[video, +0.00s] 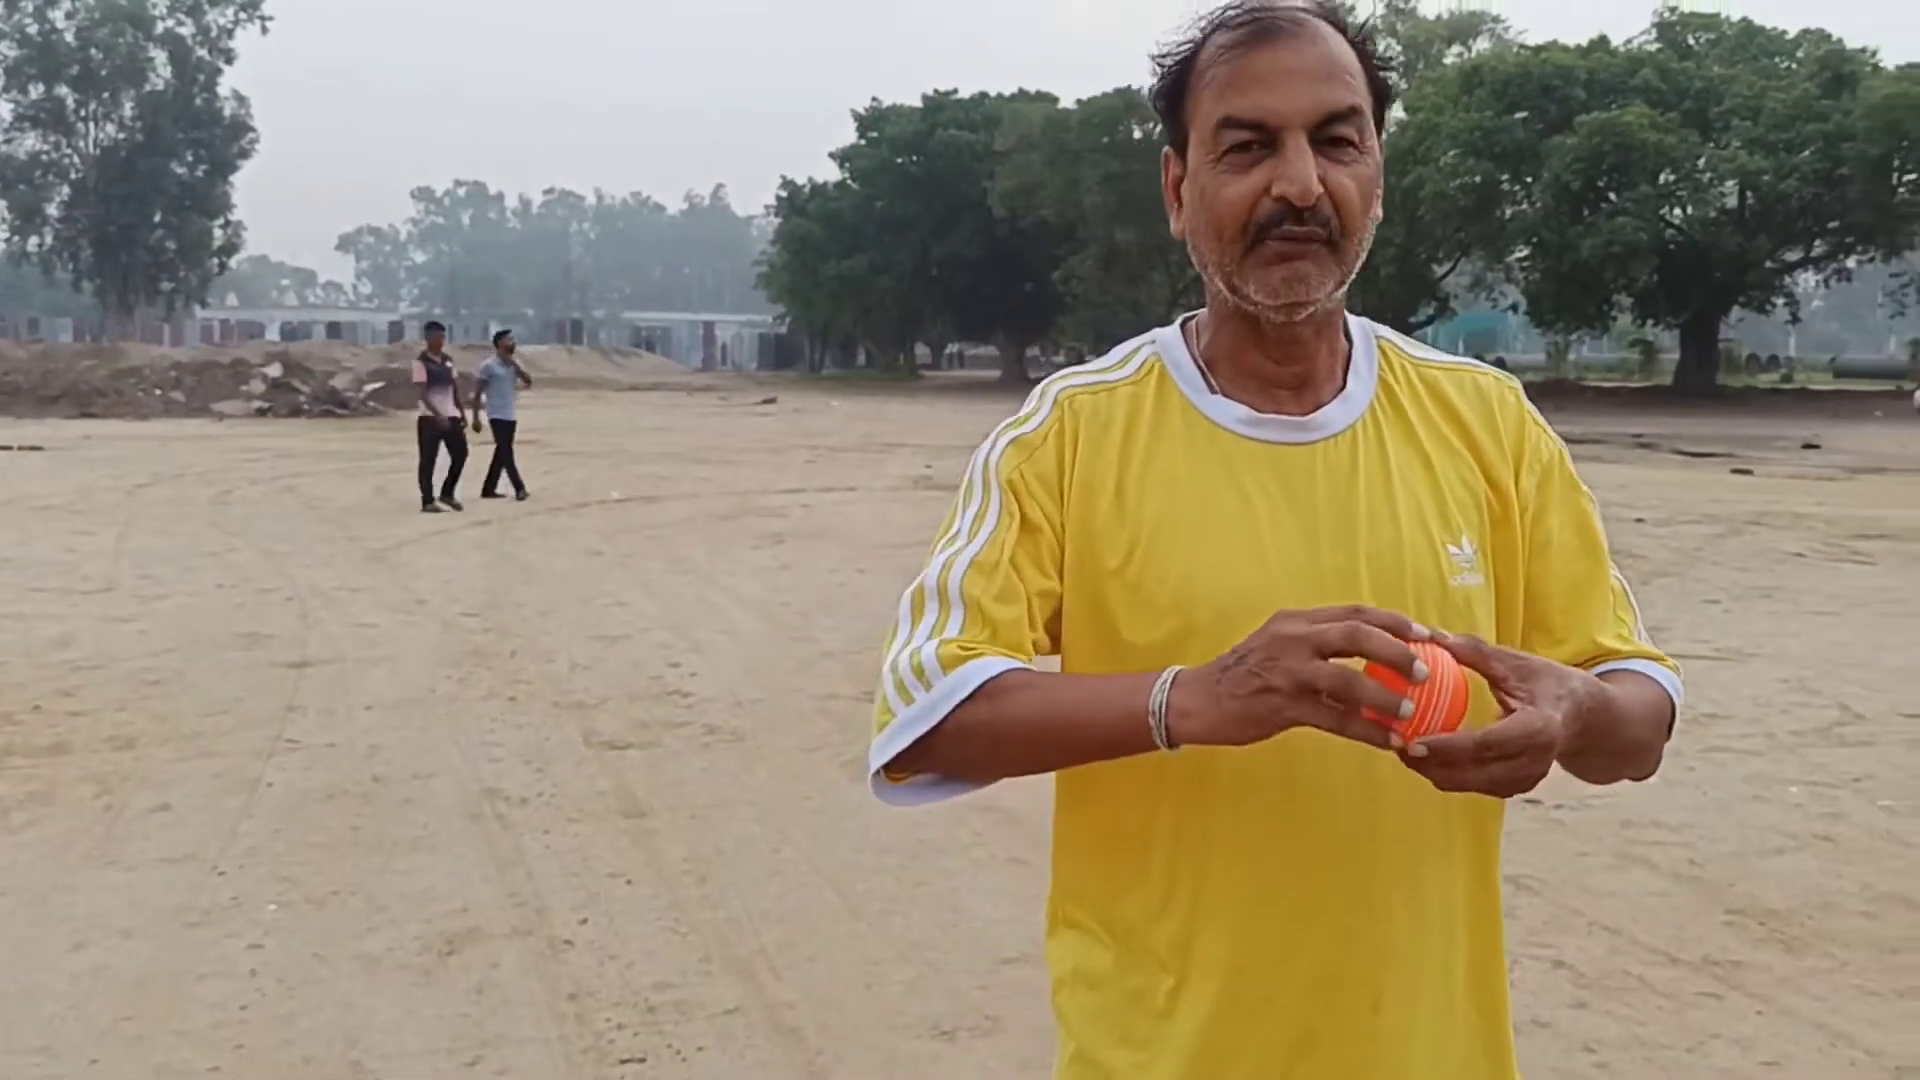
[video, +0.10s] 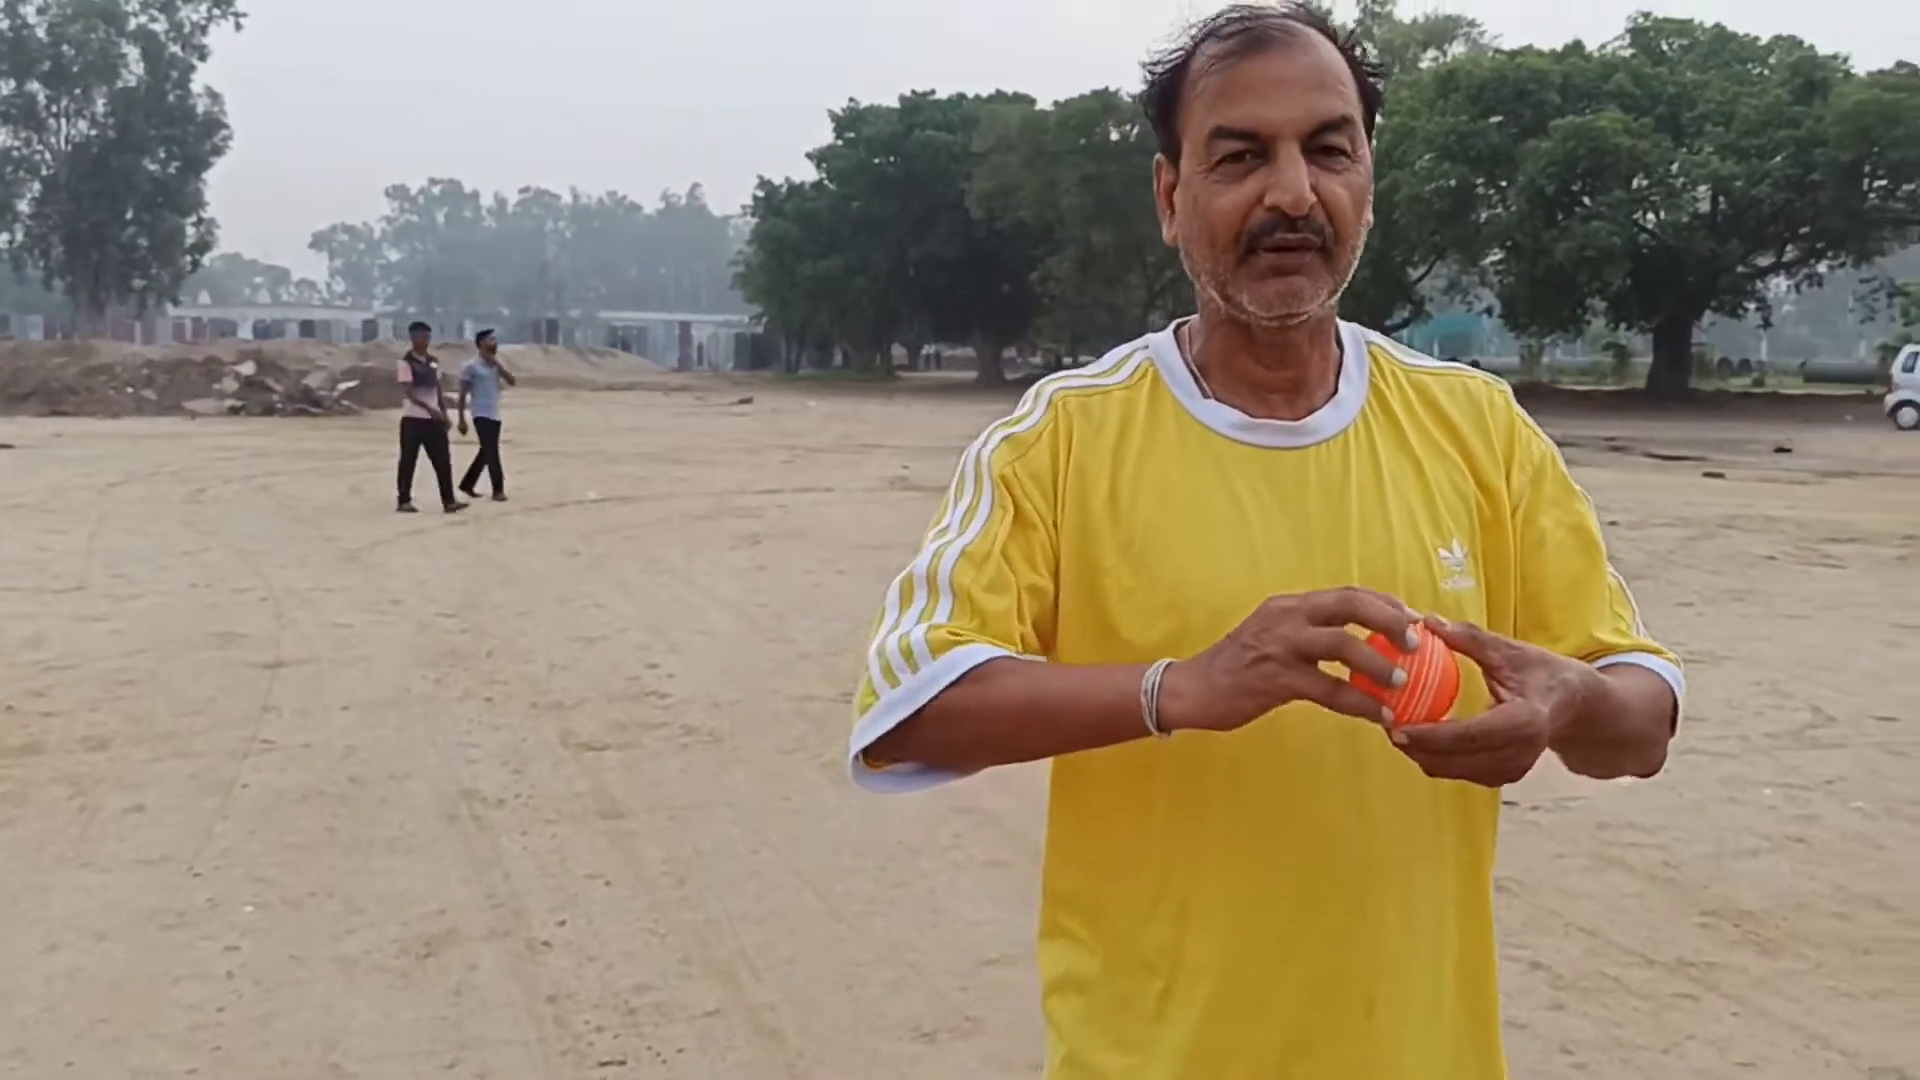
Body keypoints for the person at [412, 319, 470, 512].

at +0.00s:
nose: (440, 341)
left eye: (442, 336)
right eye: (436, 337)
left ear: (444, 338)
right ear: (427, 338)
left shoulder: (448, 361)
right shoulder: (420, 363)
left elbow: (454, 389)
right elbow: (422, 394)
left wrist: (462, 412)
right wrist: (437, 414)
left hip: (450, 416)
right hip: (430, 416)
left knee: (460, 453)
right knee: (428, 460)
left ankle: (447, 493)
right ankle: (428, 499)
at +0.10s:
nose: (425, 342)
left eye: (427, 337)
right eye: (421, 338)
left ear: (430, 339)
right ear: (412, 339)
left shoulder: (433, 362)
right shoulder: (405, 363)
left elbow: (439, 391)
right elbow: (408, 392)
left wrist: (444, 413)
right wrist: (431, 410)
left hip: (434, 418)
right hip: (413, 418)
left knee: (443, 463)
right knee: (408, 462)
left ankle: (449, 500)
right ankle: (404, 500)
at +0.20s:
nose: (422, 341)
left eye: (423, 337)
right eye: (418, 337)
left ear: (425, 338)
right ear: (408, 337)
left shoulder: (428, 361)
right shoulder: (401, 362)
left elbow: (430, 388)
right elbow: (403, 391)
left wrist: (437, 404)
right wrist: (427, 408)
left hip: (428, 418)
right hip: (408, 418)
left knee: (436, 462)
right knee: (399, 460)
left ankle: (445, 499)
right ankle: (388, 497)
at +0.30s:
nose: (411, 338)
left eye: (413, 334)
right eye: (407, 334)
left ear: (415, 335)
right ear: (398, 335)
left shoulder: (417, 359)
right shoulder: (390, 360)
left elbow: (418, 389)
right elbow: (389, 391)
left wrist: (427, 401)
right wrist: (411, 411)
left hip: (419, 417)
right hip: (399, 417)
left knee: (425, 461)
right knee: (389, 457)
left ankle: (425, 498)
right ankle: (367, 491)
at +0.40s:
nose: (405, 335)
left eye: (407, 331)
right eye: (401, 331)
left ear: (409, 332)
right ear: (392, 332)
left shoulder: (411, 356)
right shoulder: (383, 358)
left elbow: (411, 382)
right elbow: (381, 389)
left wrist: (418, 396)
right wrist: (389, 414)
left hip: (414, 412)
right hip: (396, 412)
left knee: (415, 458)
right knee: (393, 453)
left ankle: (408, 496)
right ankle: (364, 479)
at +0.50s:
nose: (404, 338)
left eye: (406, 334)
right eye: (400, 333)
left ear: (408, 335)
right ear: (390, 334)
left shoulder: (409, 359)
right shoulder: (380, 359)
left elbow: (413, 389)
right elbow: (374, 390)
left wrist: (419, 414)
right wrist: (374, 418)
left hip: (410, 413)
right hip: (391, 412)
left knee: (408, 459)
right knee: (400, 455)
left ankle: (395, 500)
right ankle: (375, 487)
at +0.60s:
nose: (402, 346)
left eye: (405, 342)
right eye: (398, 341)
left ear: (408, 344)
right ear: (389, 343)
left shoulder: (408, 368)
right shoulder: (380, 368)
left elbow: (414, 397)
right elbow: (369, 397)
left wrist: (423, 420)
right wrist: (365, 426)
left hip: (407, 421)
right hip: (390, 420)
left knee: (399, 465)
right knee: (402, 463)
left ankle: (388, 508)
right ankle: (390, 509)